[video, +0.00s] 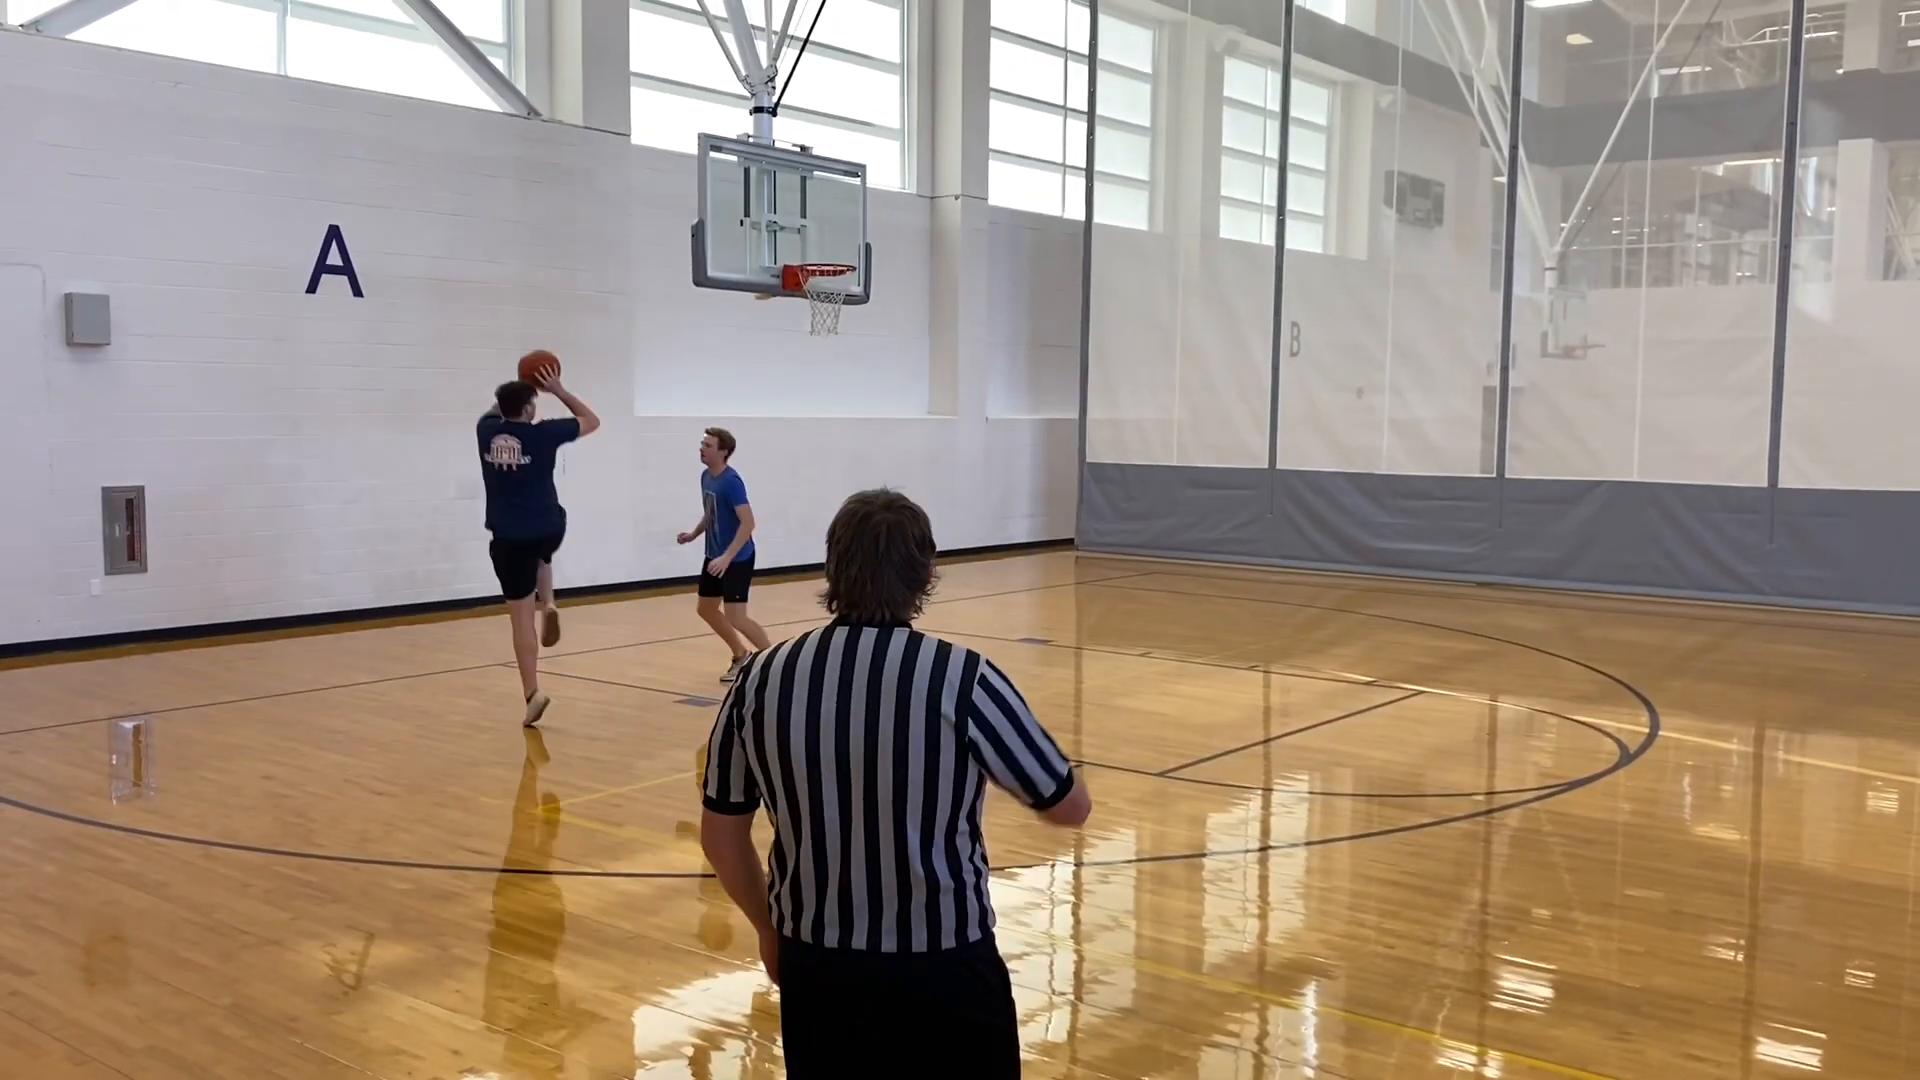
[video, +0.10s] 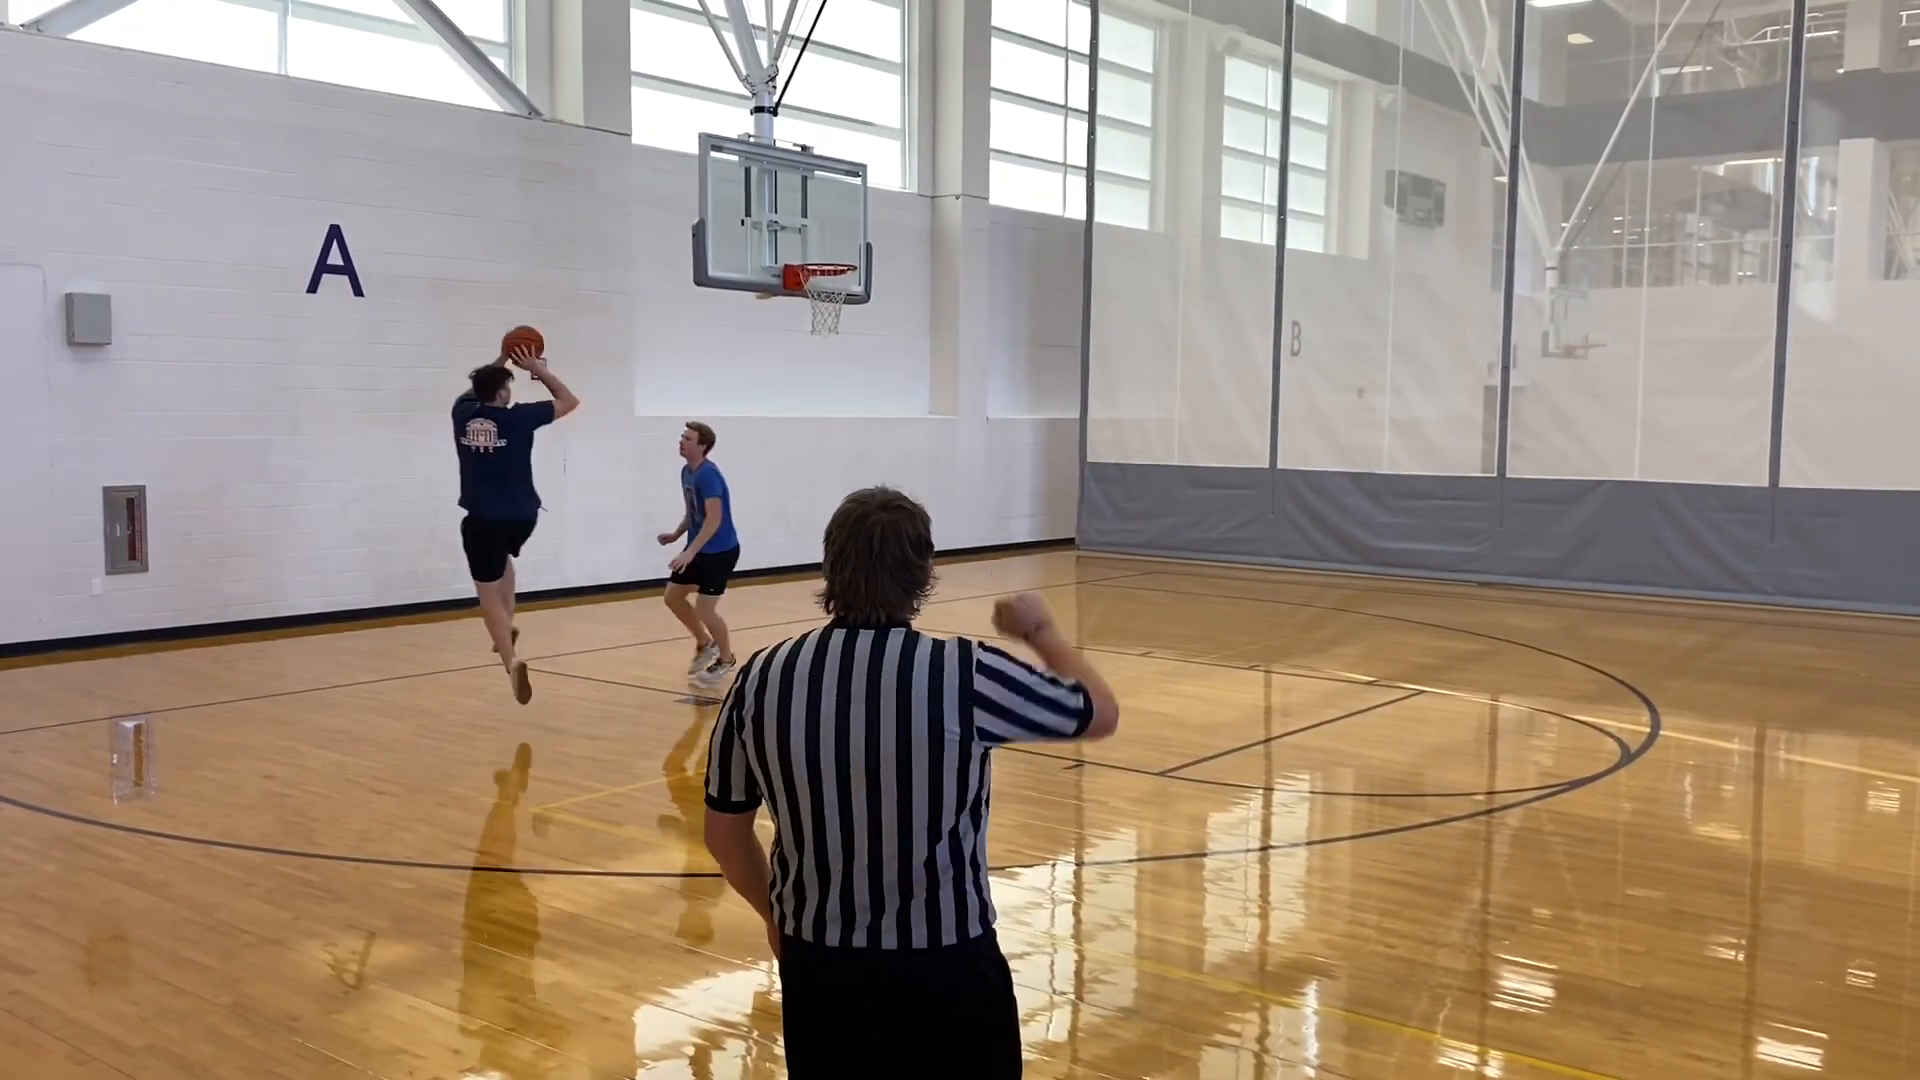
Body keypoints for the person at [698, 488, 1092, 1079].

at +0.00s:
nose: (930, 571)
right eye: (928, 560)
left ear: (832, 569)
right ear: (923, 574)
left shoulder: (760, 679)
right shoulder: (963, 677)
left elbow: (721, 833)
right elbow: (1070, 807)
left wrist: (767, 924)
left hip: (817, 980)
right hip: (949, 978)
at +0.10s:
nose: (931, 571)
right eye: (928, 559)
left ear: (832, 569)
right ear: (922, 572)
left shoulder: (762, 678)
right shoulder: (964, 671)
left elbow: (725, 832)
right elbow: (1101, 712)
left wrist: (775, 912)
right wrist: (1044, 632)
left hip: (820, 975)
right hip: (950, 972)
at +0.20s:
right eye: (925, 557)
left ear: (830, 565)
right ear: (923, 570)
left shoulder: (766, 676)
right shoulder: (962, 661)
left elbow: (728, 827)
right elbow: (1094, 605)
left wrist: (790, 904)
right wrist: (1044, 509)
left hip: (822, 970)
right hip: (952, 965)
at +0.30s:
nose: (927, 566)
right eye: (926, 555)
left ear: (834, 570)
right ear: (925, 570)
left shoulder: (767, 678)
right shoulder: (960, 653)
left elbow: (733, 825)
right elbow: (1073, 545)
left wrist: (791, 894)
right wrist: (1042, 424)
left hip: (827, 971)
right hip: (958, 969)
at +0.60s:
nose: (946, 567)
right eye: (946, 554)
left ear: (855, 569)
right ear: (945, 570)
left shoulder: (788, 673)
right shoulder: (970, 650)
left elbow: (756, 816)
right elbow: (1065, 516)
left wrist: (817, 876)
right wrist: (1046, 386)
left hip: (847, 974)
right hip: (976, 970)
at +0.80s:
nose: (982, 569)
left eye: (976, 555)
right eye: (979, 557)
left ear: (886, 570)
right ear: (971, 571)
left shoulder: (821, 669)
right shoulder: (998, 651)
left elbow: (784, 791)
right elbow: (1120, 545)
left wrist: (863, 820)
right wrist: (1093, 429)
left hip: (872, 965)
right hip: (1000, 965)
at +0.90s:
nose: (1006, 568)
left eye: (999, 552)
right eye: (1003, 555)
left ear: (911, 570)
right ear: (996, 570)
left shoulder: (845, 665)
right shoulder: (1018, 656)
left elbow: (818, 743)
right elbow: (1158, 582)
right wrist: (1113, 518)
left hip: (890, 958)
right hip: (1017, 957)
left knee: (895, 1074)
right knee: (1049, 1070)